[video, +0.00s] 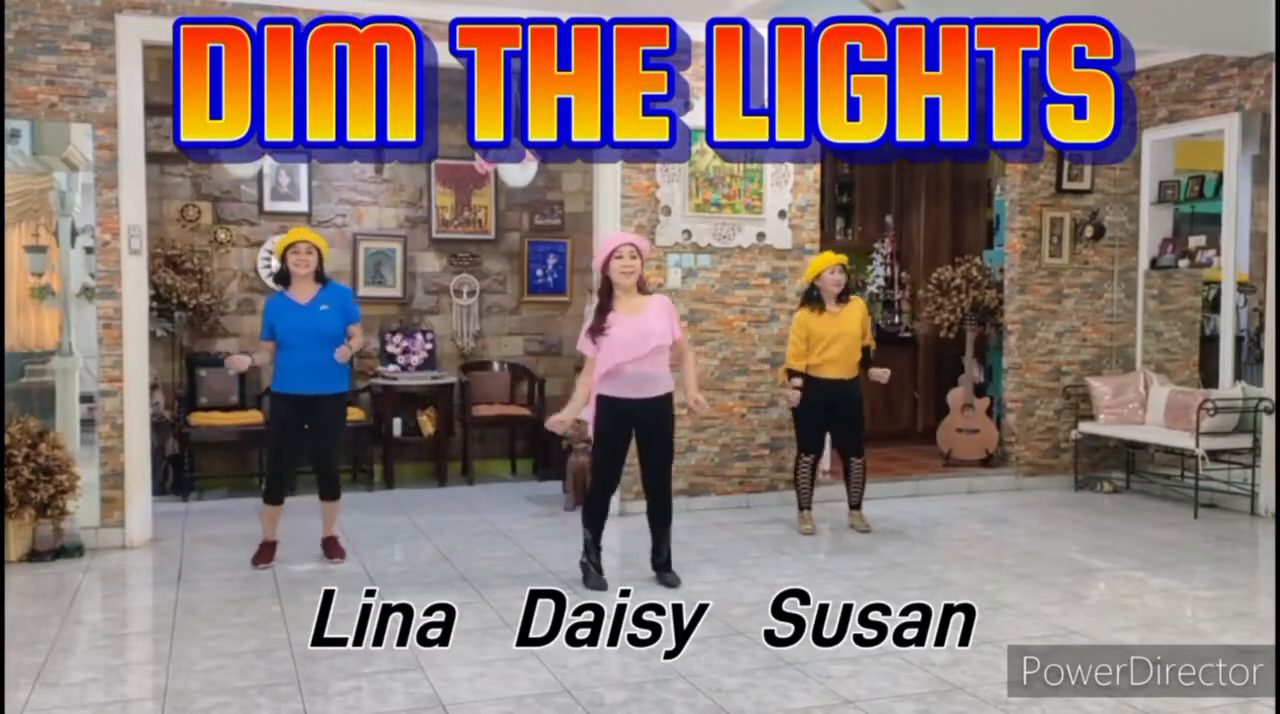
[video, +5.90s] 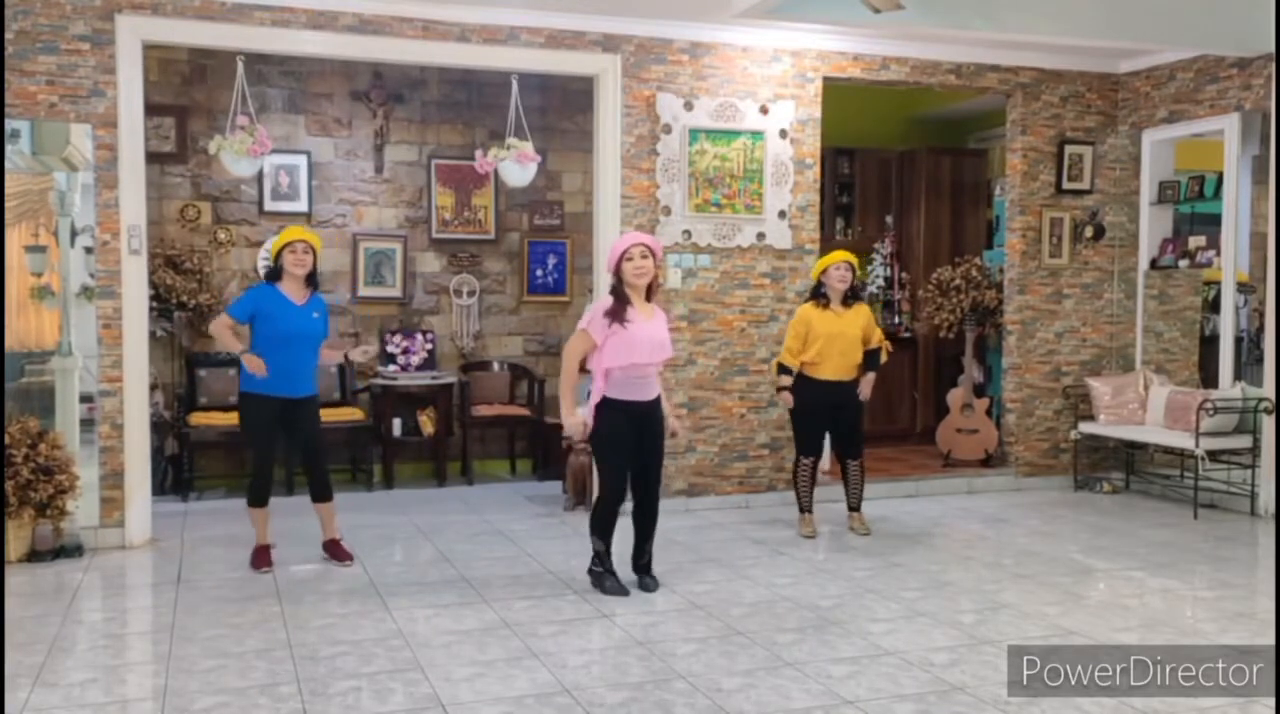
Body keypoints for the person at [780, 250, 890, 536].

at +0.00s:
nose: (838, 277)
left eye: (841, 272)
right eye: (831, 272)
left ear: (846, 277)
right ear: (817, 280)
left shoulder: (857, 307)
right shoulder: (805, 315)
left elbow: (866, 341)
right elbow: (796, 354)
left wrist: (870, 367)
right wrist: (796, 385)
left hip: (847, 387)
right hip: (813, 387)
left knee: (854, 450)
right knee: (809, 451)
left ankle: (855, 510)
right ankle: (805, 511)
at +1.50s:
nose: (834, 277)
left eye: (837, 272)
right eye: (826, 273)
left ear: (843, 277)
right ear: (813, 281)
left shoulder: (855, 310)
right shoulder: (799, 313)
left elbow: (864, 346)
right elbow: (778, 344)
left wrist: (859, 375)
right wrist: (764, 363)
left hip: (837, 391)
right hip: (800, 390)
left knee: (845, 453)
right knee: (803, 453)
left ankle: (842, 509)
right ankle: (806, 514)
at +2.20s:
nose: (835, 278)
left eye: (838, 273)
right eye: (828, 273)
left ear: (842, 279)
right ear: (813, 280)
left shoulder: (854, 307)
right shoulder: (800, 318)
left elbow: (872, 337)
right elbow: (792, 357)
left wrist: (868, 369)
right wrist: (788, 385)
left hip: (847, 389)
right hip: (809, 390)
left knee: (853, 454)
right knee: (808, 454)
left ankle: (856, 512)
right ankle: (808, 513)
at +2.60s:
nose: (856, 279)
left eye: (859, 274)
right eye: (850, 274)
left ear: (861, 279)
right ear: (833, 280)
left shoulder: (871, 305)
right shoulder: (821, 319)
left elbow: (889, 332)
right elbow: (818, 362)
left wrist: (888, 365)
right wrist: (830, 392)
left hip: (869, 387)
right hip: (835, 389)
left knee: (868, 453)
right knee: (833, 453)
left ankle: (858, 512)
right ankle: (818, 511)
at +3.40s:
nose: (856, 276)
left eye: (859, 271)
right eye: (849, 271)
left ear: (864, 278)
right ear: (834, 279)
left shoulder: (871, 314)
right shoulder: (818, 312)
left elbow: (888, 346)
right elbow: (801, 351)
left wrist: (880, 373)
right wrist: (794, 384)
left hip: (857, 391)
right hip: (821, 389)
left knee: (858, 453)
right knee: (818, 453)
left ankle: (857, 512)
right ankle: (811, 514)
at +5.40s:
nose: (858, 274)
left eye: (861, 269)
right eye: (851, 270)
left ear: (866, 276)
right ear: (837, 278)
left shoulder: (877, 309)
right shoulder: (825, 315)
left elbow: (895, 340)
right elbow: (816, 357)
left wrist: (890, 370)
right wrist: (825, 388)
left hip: (869, 388)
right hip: (835, 387)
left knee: (866, 452)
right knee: (834, 453)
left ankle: (858, 512)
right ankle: (832, 512)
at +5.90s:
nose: (843, 273)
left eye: (847, 269)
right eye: (836, 269)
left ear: (853, 277)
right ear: (823, 276)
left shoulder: (862, 313)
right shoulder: (807, 312)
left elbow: (875, 346)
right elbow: (791, 351)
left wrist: (869, 375)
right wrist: (784, 385)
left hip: (847, 390)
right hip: (809, 388)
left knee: (851, 453)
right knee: (808, 454)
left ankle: (855, 513)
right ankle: (805, 515)